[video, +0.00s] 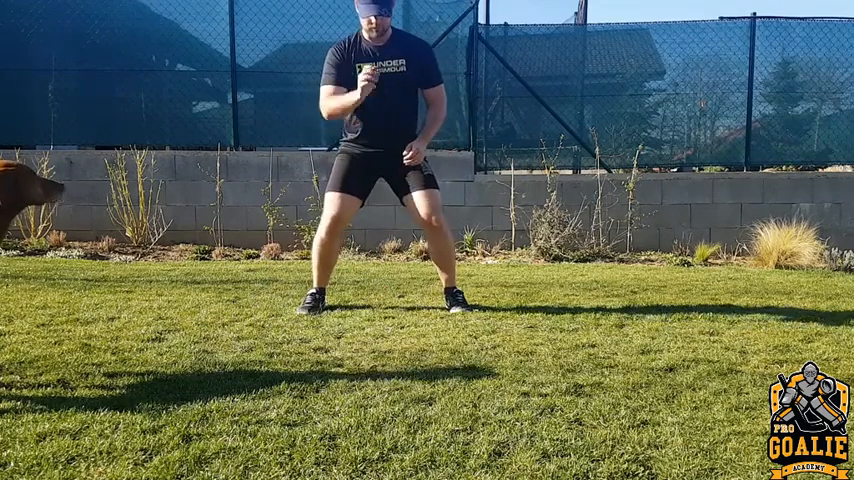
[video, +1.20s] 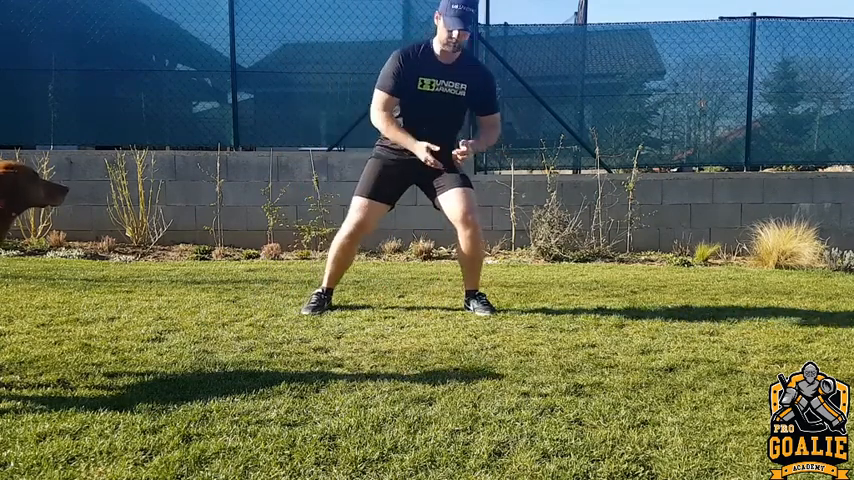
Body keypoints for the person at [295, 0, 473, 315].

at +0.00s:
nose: (374, 22)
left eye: (380, 15)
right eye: (367, 16)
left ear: (390, 13)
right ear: (358, 14)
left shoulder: (417, 50)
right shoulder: (341, 52)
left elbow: (437, 104)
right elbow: (328, 108)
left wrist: (422, 141)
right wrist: (358, 94)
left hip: (405, 148)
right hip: (357, 148)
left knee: (433, 218)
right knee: (332, 220)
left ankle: (452, 291)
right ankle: (317, 293)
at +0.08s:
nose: (376, 20)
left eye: (383, 14)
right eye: (369, 14)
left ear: (393, 12)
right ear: (360, 14)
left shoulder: (419, 50)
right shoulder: (342, 53)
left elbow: (438, 104)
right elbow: (331, 106)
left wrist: (425, 140)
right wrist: (356, 127)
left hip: (405, 148)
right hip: (358, 148)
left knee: (433, 218)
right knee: (333, 219)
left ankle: (452, 291)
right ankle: (317, 293)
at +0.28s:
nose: (382, 19)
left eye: (389, 13)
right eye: (375, 13)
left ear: (397, 12)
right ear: (365, 12)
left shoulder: (421, 51)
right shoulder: (343, 53)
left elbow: (439, 104)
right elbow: (327, 112)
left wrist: (431, 136)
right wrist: (320, 162)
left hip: (405, 151)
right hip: (357, 152)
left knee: (434, 219)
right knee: (333, 223)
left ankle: (452, 291)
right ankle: (317, 293)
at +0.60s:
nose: (416, 30)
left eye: (420, 23)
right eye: (410, 22)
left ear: (424, 20)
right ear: (388, 16)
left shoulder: (431, 63)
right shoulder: (354, 56)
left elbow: (449, 118)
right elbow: (327, 109)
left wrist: (471, 161)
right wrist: (319, 160)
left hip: (411, 154)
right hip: (363, 154)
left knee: (446, 216)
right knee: (338, 224)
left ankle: (464, 290)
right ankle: (317, 293)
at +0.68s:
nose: (435, 35)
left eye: (439, 29)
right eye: (429, 27)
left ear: (443, 27)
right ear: (407, 19)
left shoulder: (444, 70)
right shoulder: (369, 58)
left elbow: (465, 125)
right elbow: (338, 111)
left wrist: (488, 166)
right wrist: (331, 163)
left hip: (420, 158)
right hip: (372, 156)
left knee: (455, 216)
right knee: (345, 226)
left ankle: (473, 294)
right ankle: (318, 293)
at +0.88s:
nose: (478, 52)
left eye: (483, 47)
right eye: (473, 44)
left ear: (488, 42)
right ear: (455, 33)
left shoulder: (484, 87)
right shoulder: (414, 68)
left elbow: (497, 141)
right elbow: (376, 118)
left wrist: (515, 141)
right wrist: (381, 165)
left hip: (443, 168)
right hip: (395, 163)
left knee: (474, 218)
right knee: (356, 231)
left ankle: (473, 296)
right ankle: (320, 293)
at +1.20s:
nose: (456, 36)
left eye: (464, 30)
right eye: (451, 28)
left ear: (472, 30)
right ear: (437, 19)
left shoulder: (477, 75)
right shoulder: (404, 60)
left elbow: (491, 129)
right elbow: (380, 114)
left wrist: (475, 145)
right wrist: (414, 145)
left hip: (445, 159)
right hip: (394, 153)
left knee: (466, 218)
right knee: (355, 223)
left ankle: (473, 295)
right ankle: (324, 292)